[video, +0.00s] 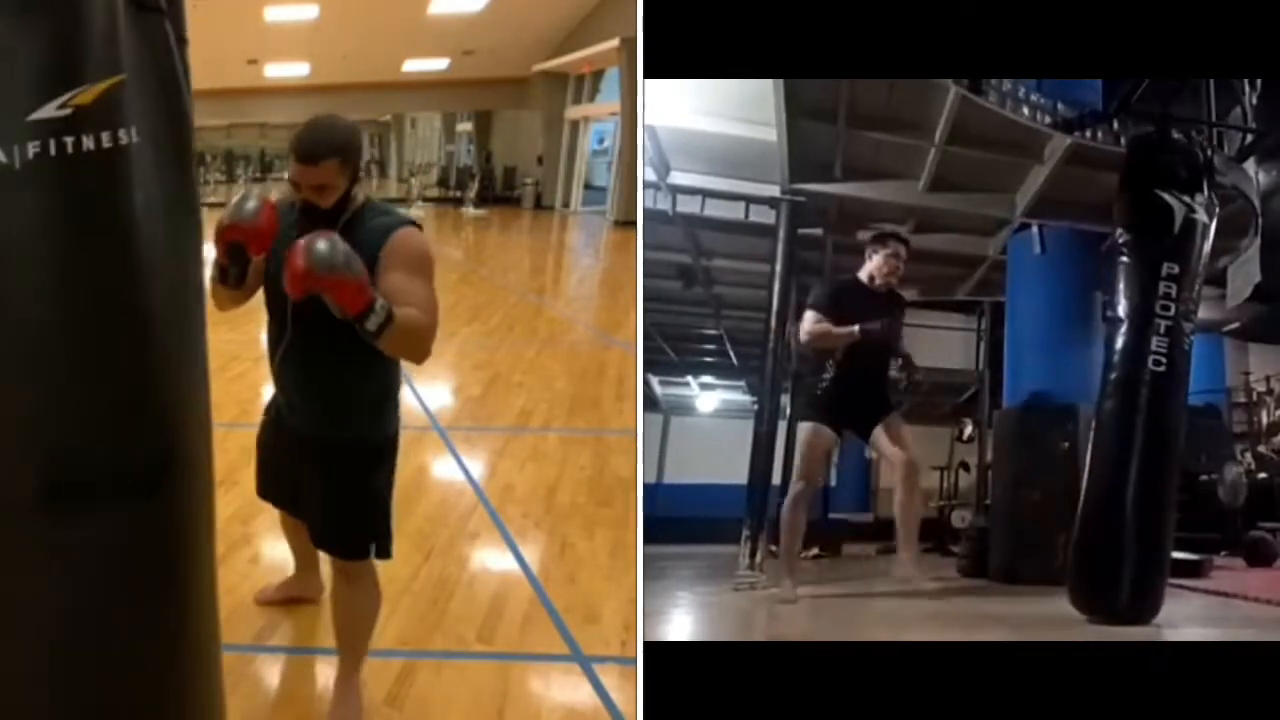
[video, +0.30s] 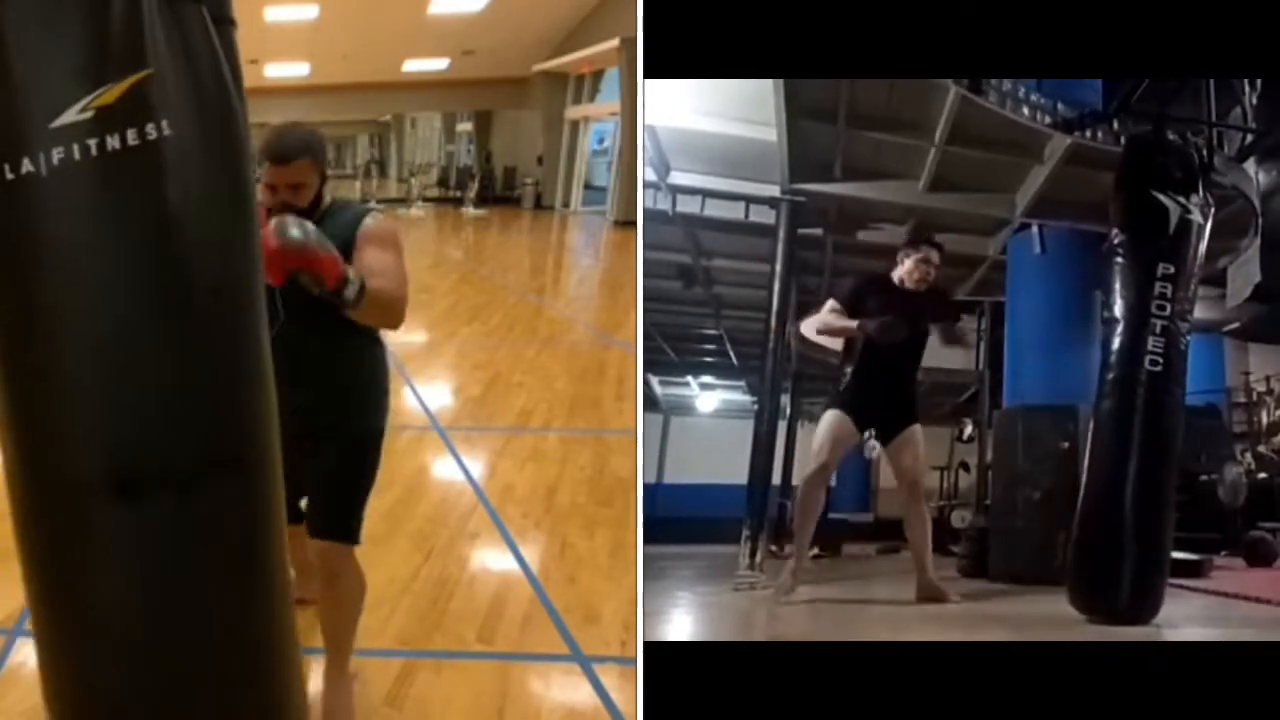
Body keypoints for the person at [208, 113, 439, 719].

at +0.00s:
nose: (311, 199)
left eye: (324, 189)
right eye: (301, 186)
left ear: (355, 175)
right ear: (291, 173)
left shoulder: (396, 240)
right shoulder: (280, 220)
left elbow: (418, 342)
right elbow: (228, 299)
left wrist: (360, 302)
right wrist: (232, 255)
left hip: (358, 425)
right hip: (292, 408)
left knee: (349, 557)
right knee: (290, 496)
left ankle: (348, 684)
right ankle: (306, 578)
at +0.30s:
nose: (281, 201)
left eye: (295, 189)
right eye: (272, 188)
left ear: (323, 181)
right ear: (258, 181)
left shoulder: (365, 228)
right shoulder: (247, 226)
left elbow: (391, 310)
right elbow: (223, 296)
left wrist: (330, 272)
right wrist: (248, 250)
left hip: (347, 401)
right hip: (277, 395)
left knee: (331, 545)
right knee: (282, 510)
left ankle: (336, 679)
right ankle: (306, 578)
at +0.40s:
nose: (278, 204)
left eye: (290, 192)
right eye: (268, 190)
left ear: (316, 183)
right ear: (254, 183)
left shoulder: (363, 230)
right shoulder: (245, 229)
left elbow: (409, 322)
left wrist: (353, 282)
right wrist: (256, 259)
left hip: (345, 406)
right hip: (272, 401)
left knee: (314, 542)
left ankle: (342, 678)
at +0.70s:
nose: (277, 249)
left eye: (290, 235)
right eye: (266, 236)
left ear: (322, 220)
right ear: (252, 226)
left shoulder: (362, 262)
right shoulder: (257, 267)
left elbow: (419, 323)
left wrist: (333, 353)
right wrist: (257, 352)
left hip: (376, 453)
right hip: (294, 446)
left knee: (361, 596)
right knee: (278, 557)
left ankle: (391, 710)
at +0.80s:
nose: (320, 248)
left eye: (333, 233)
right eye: (305, 235)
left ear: (365, 213)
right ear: (289, 222)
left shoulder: (413, 257)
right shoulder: (277, 269)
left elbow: (524, 327)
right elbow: (222, 327)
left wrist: (450, 289)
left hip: (399, 463)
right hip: (311, 459)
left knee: (400, 616)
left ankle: (397, 714)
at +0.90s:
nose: (357, 247)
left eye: (370, 232)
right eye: (340, 235)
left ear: (399, 207)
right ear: (320, 216)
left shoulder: (437, 249)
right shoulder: (286, 277)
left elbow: (511, 320)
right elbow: (204, 333)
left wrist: (496, 285)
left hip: (411, 457)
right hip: (321, 456)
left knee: (409, 608)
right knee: (314, 550)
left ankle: (398, 714)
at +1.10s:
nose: (328, 232)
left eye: (343, 218)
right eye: (314, 218)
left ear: (373, 203)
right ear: (298, 206)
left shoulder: (423, 256)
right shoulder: (281, 259)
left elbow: (481, 355)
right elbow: (233, 343)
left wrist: (412, 314)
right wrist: (235, 312)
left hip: (402, 451)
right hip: (320, 444)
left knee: (394, 607)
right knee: (315, 535)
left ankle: (407, 712)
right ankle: (331, 601)